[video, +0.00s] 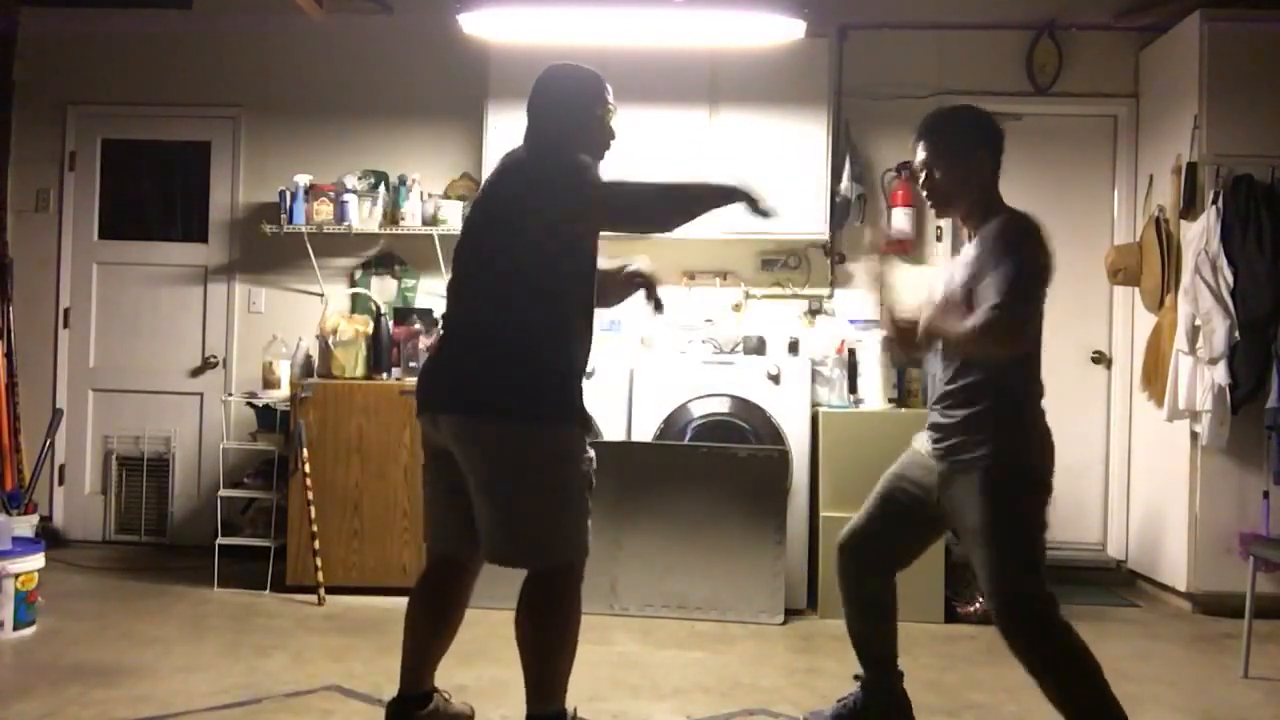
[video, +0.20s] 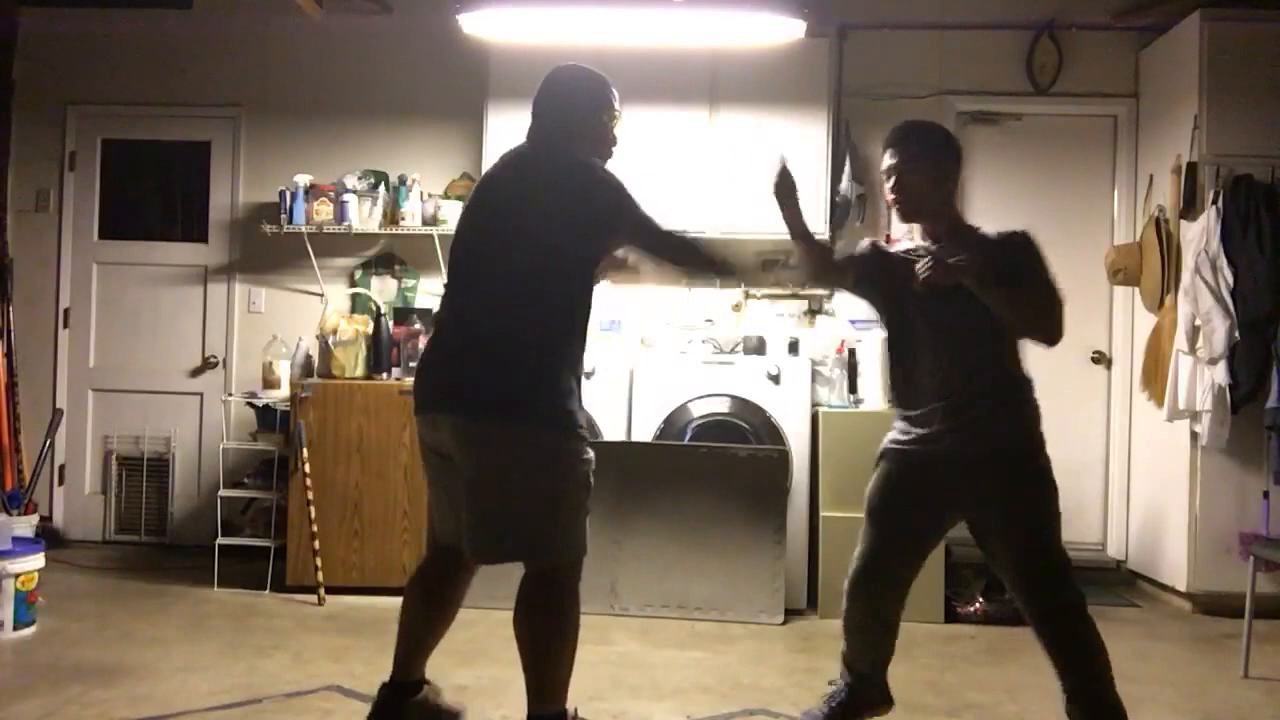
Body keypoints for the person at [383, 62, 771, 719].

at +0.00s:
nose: (612, 130)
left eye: (611, 116)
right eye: (604, 116)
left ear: (541, 115)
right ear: (573, 115)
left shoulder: (505, 182)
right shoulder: (557, 176)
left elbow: (559, 289)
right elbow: (650, 205)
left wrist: (632, 279)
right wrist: (731, 192)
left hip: (448, 397)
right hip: (525, 404)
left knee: (454, 556)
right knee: (559, 558)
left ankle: (412, 696)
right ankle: (547, 712)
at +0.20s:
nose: (617, 136)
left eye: (617, 121)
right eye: (611, 120)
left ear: (545, 115)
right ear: (583, 119)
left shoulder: (499, 177)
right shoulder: (590, 183)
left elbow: (523, 261)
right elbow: (675, 250)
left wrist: (598, 259)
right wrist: (741, 266)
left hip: (442, 392)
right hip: (528, 402)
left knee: (452, 548)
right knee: (555, 560)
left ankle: (402, 689)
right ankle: (548, 713)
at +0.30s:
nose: (601, 139)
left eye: (602, 125)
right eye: (595, 124)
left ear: (531, 119)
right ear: (563, 123)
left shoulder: (485, 181)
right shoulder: (569, 193)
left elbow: (558, 269)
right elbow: (589, 295)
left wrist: (610, 220)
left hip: (438, 390)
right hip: (527, 398)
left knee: (438, 547)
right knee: (557, 558)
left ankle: (377, 693)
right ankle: (549, 713)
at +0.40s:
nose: (583, 141)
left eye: (583, 128)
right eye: (576, 127)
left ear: (515, 123)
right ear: (548, 126)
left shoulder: (468, 185)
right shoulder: (554, 194)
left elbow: (570, 268)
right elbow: (577, 304)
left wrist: (631, 224)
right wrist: (591, 375)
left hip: (420, 396)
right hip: (514, 401)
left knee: (416, 556)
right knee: (549, 561)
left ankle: (357, 700)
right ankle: (548, 713)